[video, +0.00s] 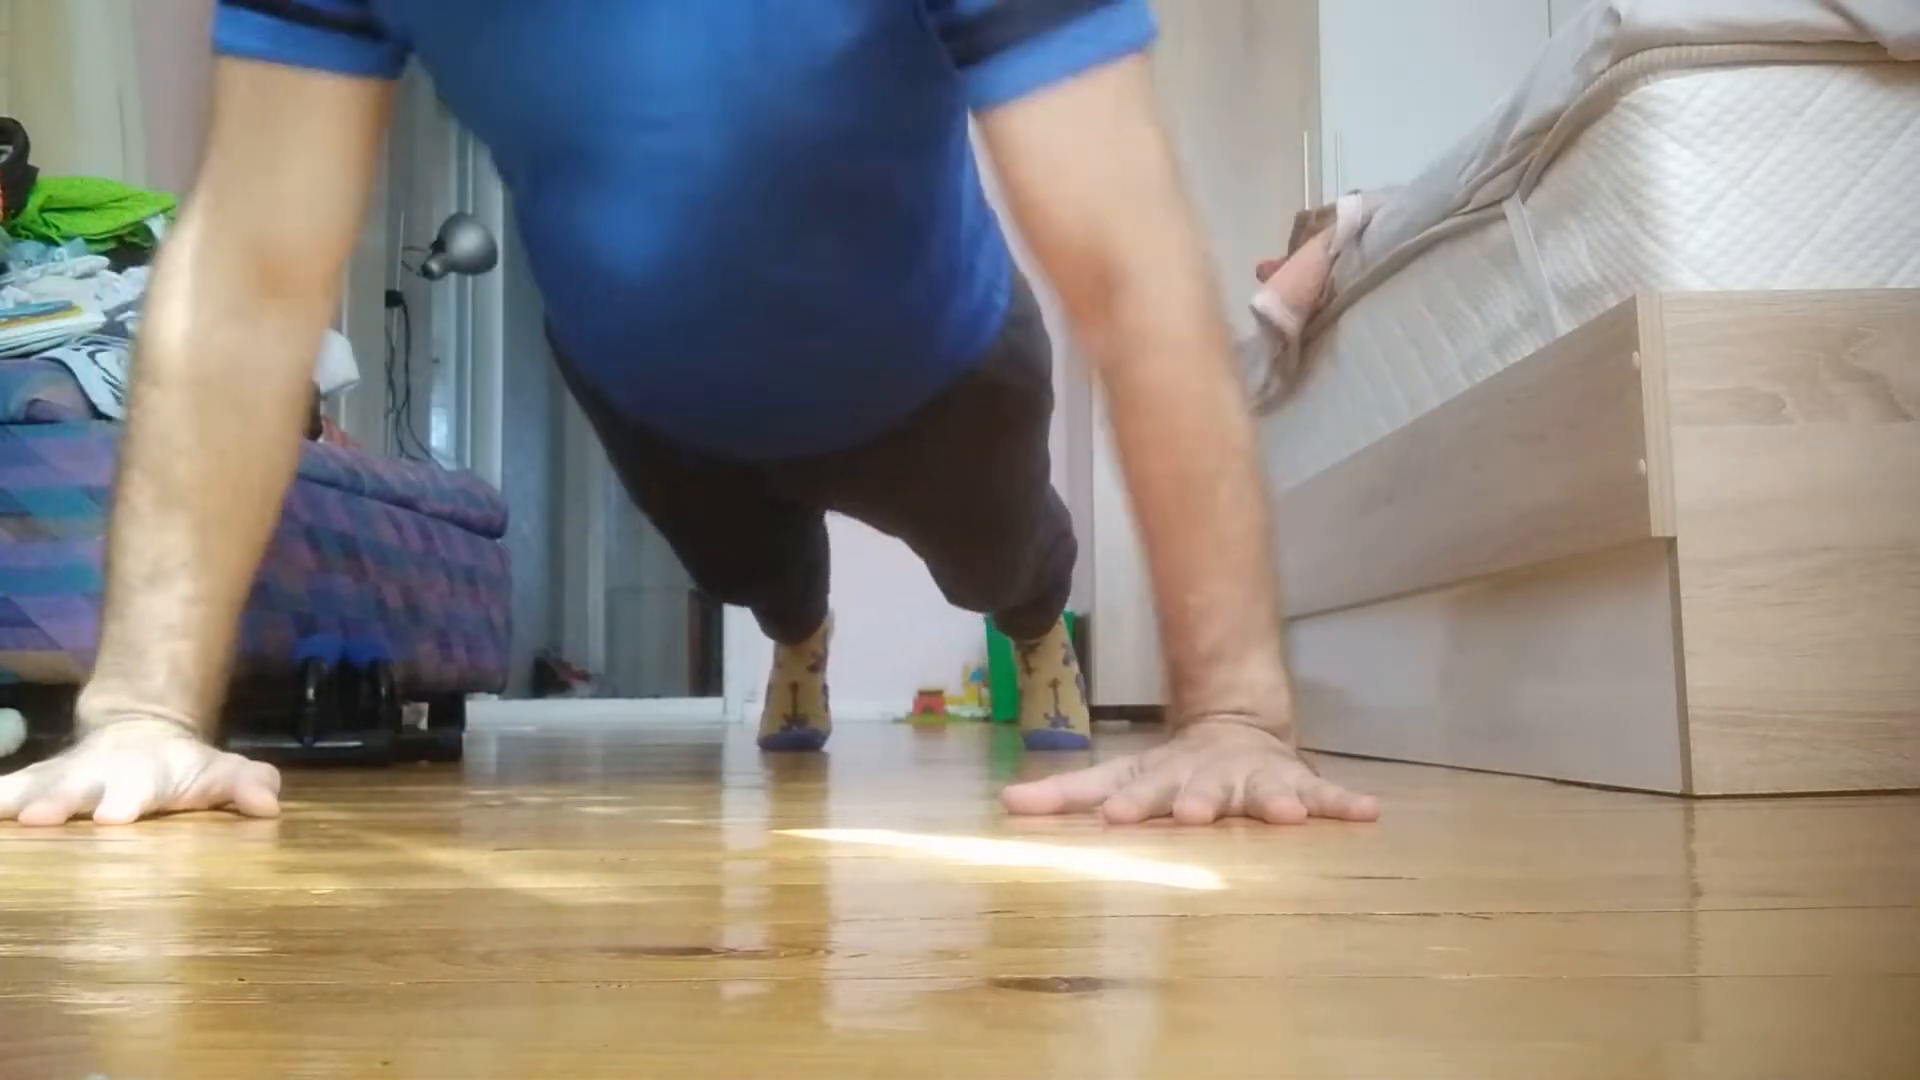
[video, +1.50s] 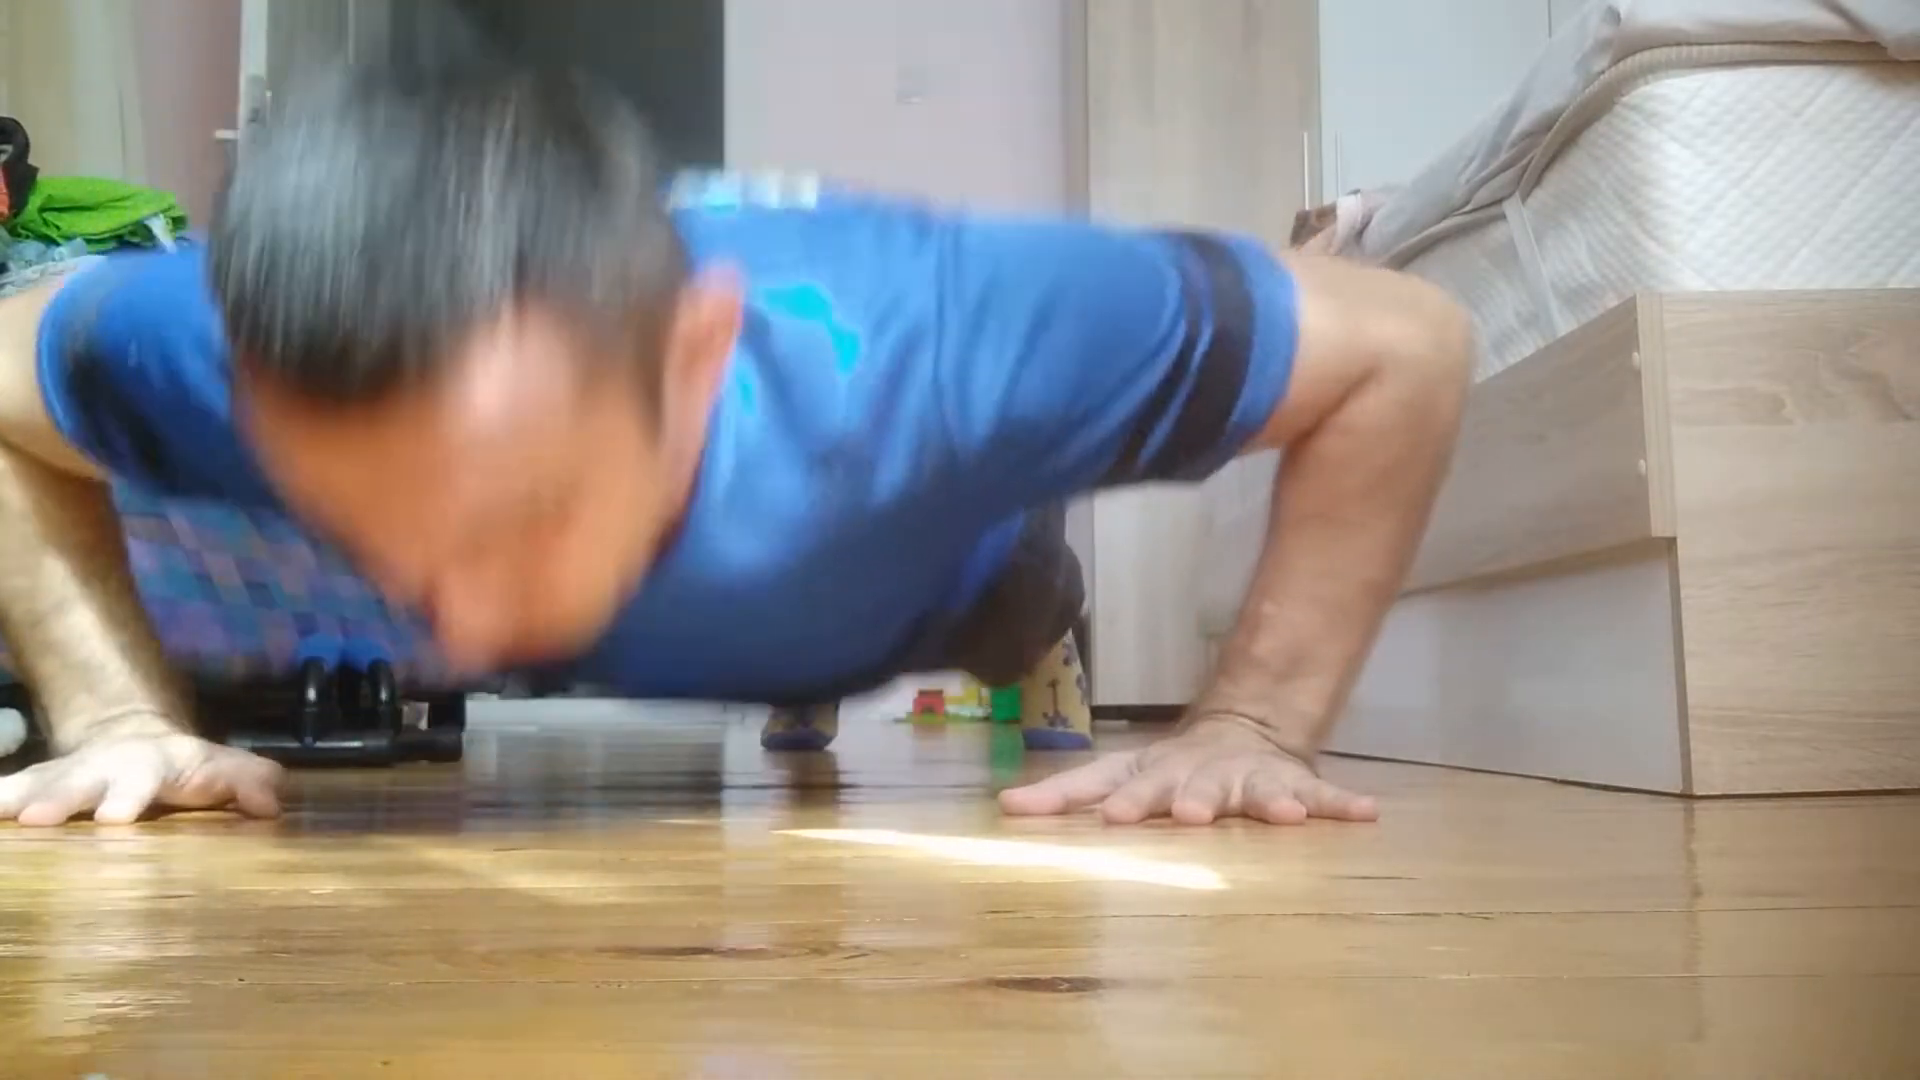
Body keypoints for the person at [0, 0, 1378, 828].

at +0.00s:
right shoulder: (353, 7)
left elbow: (1133, 264)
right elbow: (250, 272)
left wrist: (1238, 704)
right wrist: (145, 710)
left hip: (922, 377)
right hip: (655, 410)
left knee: (1003, 559)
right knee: (755, 564)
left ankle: (1015, 609)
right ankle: (793, 629)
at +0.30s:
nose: (476, 664)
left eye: (535, 571)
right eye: (399, 598)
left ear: (692, 348)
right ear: (287, 451)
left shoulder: (921, 367)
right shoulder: (229, 357)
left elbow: (1348, 354)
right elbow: (51, 398)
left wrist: (1247, 718)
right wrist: (132, 717)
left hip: (958, 678)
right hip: (640, 716)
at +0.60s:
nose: (504, 425)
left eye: (561, 337)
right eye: (434, 352)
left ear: (732, 176)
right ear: (340, 247)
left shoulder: (960, 241)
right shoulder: (256, 255)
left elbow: (1398, 356)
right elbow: (21, 397)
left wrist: (1257, 721)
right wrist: (129, 715)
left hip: (951, 528)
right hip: (704, 554)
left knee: (1010, 607)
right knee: (782, 608)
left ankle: (1034, 639)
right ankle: (805, 659)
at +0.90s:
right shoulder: (346, 5)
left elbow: (1108, 254)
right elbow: (256, 274)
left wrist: (1235, 700)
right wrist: (147, 713)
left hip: (933, 352)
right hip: (672, 385)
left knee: (1014, 550)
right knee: (775, 557)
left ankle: (1017, 612)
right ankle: (813, 636)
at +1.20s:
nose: (494, 463)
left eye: (537, 347)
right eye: (418, 375)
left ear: (676, 164)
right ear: (306, 255)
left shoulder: (921, 190)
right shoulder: (237, 240)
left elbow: (1343, 349)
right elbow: (52, 401)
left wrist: (1245, 719)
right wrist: (133, 715)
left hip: (972, 611)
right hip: (681, 623)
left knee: (1022, 656)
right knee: (782, 652)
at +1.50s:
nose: (450, 619)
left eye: (520, 533)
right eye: (373, 548)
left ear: (691, 364)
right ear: (297, 429)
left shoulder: (945, 357)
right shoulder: (210, 348)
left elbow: (1406, 347)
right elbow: (16, 390)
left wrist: (1261, 725)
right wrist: (119, 712)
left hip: (924, 603)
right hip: (680, 633)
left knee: (1006, 618)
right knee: (802, 666)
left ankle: (1036, 652)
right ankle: (815, 701)